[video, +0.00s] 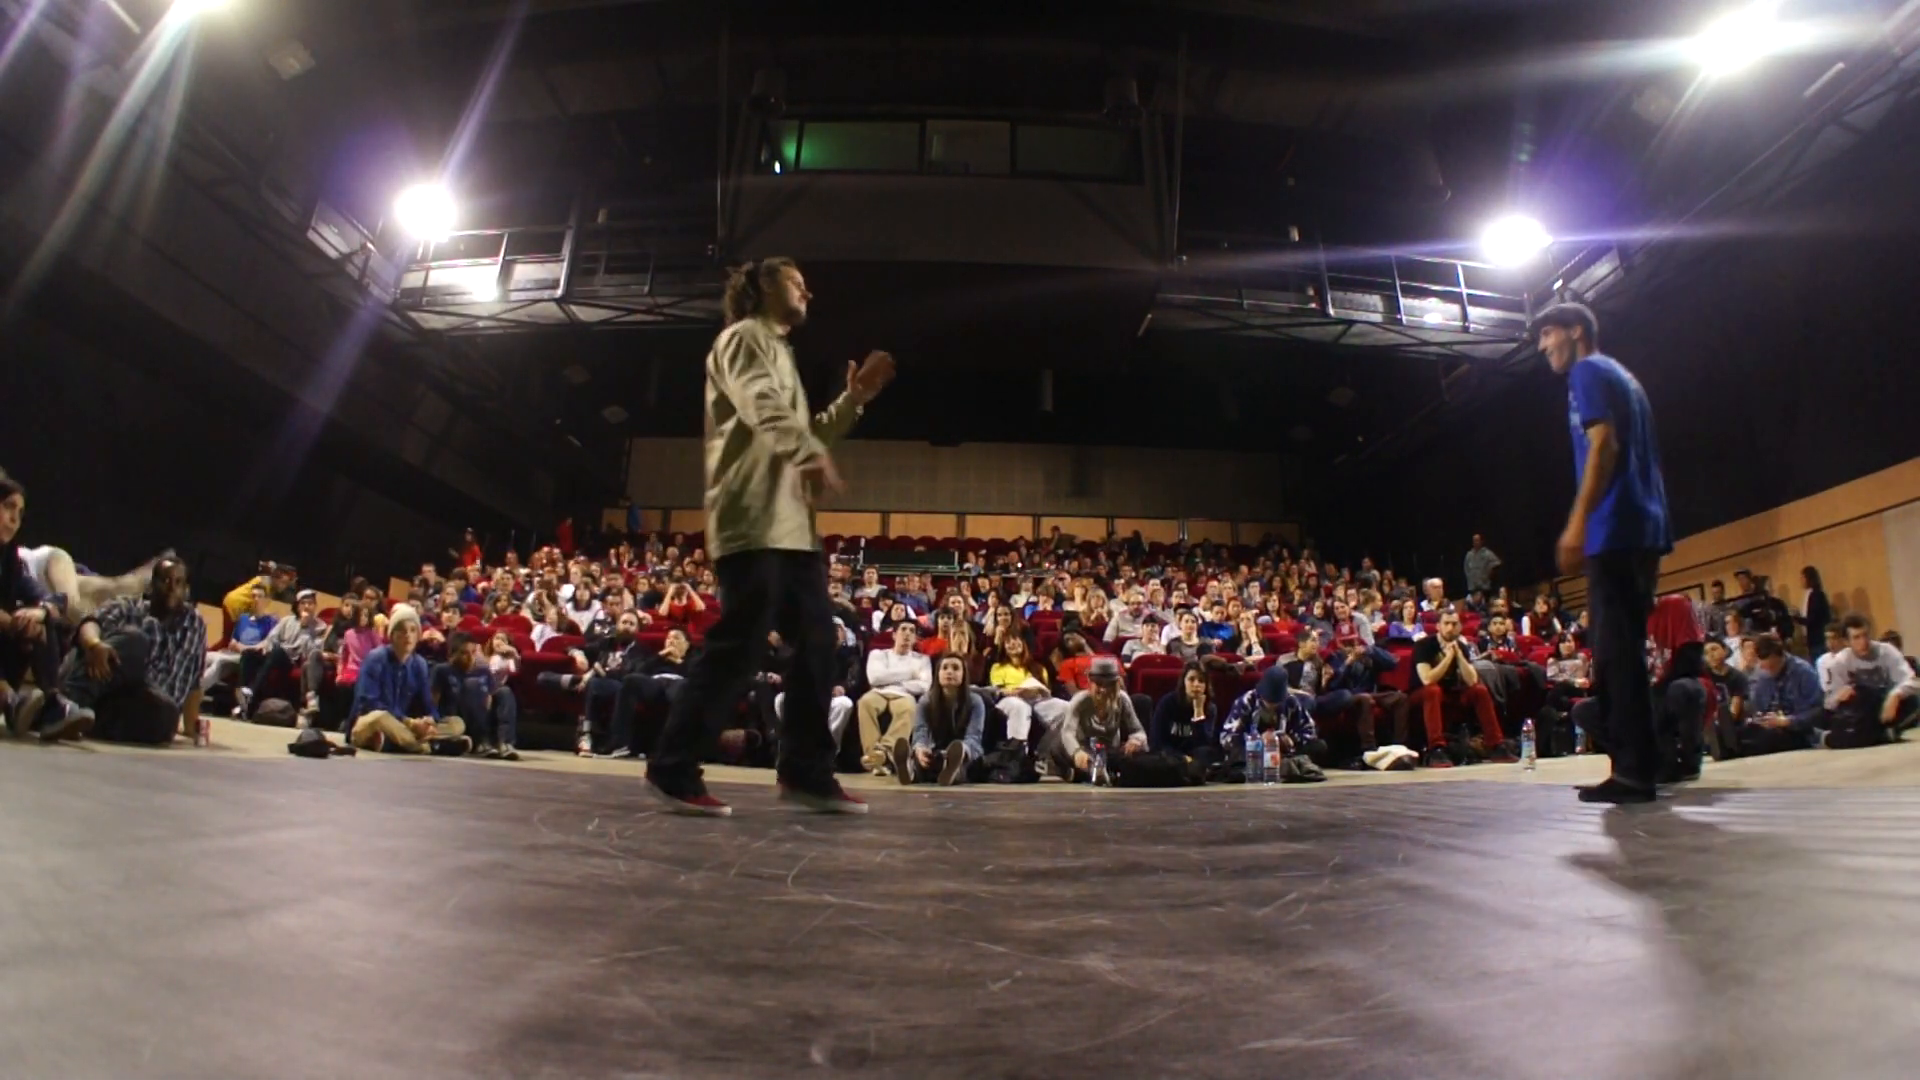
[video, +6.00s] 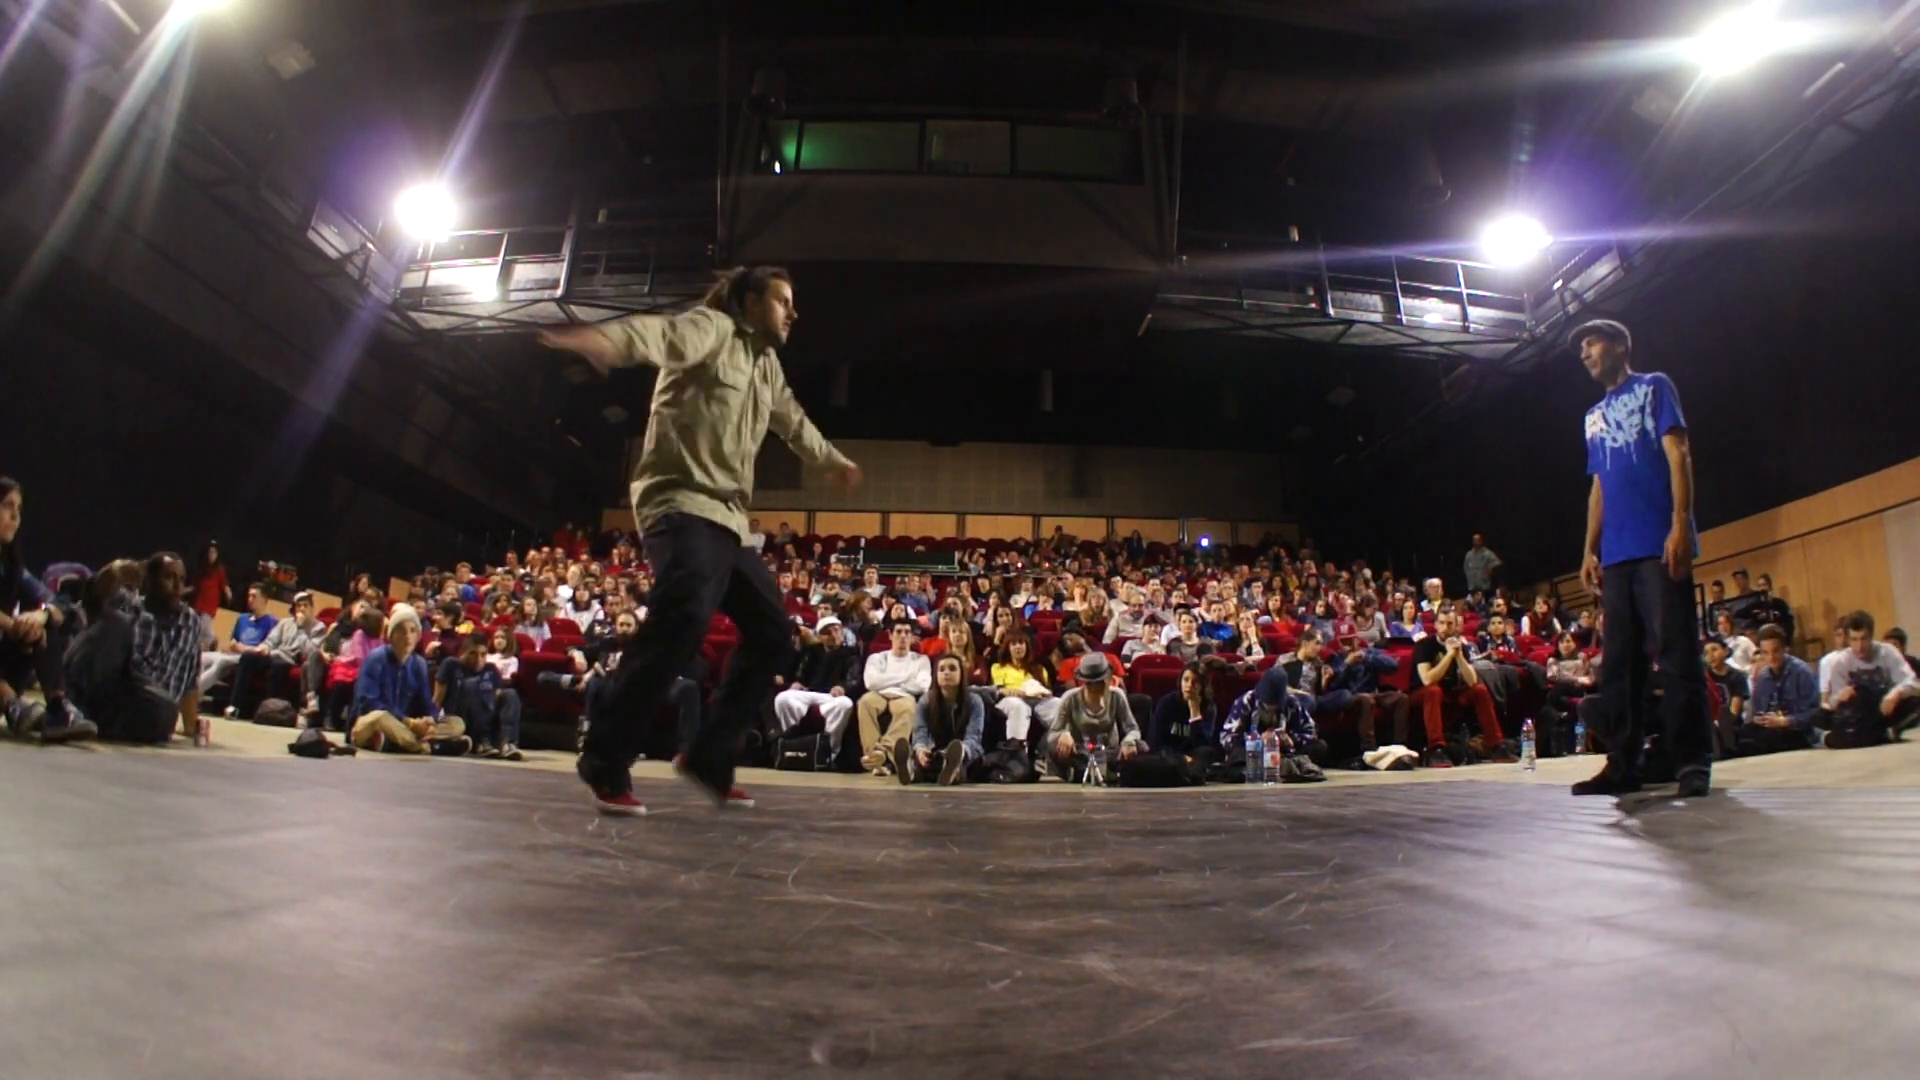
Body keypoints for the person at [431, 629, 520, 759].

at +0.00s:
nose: (470, 657)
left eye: (473, 653)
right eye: (465, 653)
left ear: (476, 652)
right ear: (455, 653)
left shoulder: (483, 672)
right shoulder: (442, 671)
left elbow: (490, 696)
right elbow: (435, 697)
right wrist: (435, 720)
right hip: (454, 719)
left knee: (505, 692)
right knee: (472, 685)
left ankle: (505, 743)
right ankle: (482, 741)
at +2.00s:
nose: (480, 657)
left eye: (485, 652)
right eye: (475, 651)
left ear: (489, 653)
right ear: (465, 650)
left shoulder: (492, 669)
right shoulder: (451, 664)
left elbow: (501, 694)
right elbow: (438, 697)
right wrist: (435, 722)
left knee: (508, 693)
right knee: (474, 684)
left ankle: (507, 743)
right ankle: (482, 742)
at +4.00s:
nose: (478, 659)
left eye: (483, 654)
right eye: (474, 653)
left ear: (487, 654)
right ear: (465, 653)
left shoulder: (491, 669)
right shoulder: (451, 664)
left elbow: (500, 694)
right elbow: (438, 697)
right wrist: (430, 721)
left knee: (510, 694)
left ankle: (508, 743)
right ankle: (483, 742)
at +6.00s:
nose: (478, 660)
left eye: (483, 654)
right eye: (473, 654)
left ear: (487, 654)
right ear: (464, 653)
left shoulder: (491, 669)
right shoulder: (450, 665)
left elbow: (496, 696)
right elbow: (438, 698)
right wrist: (429, 722)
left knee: (510, 694)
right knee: (470, 687)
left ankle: (507, 743)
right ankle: (482, 741)